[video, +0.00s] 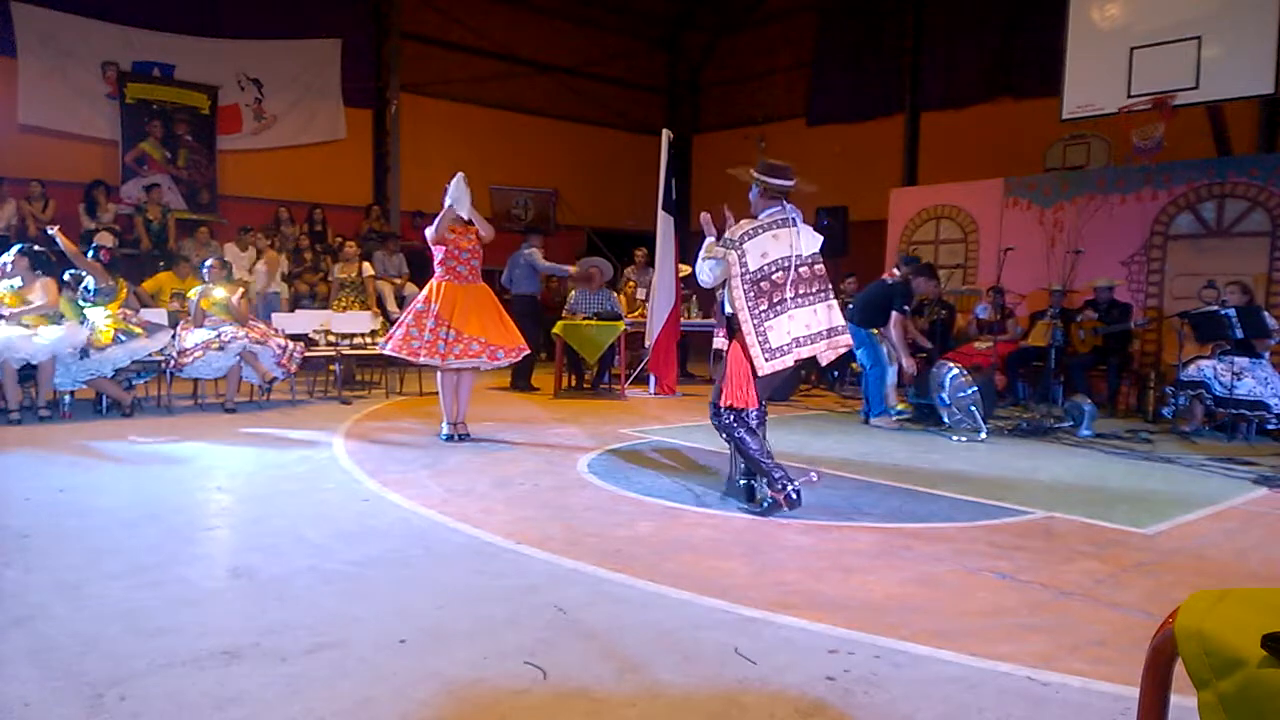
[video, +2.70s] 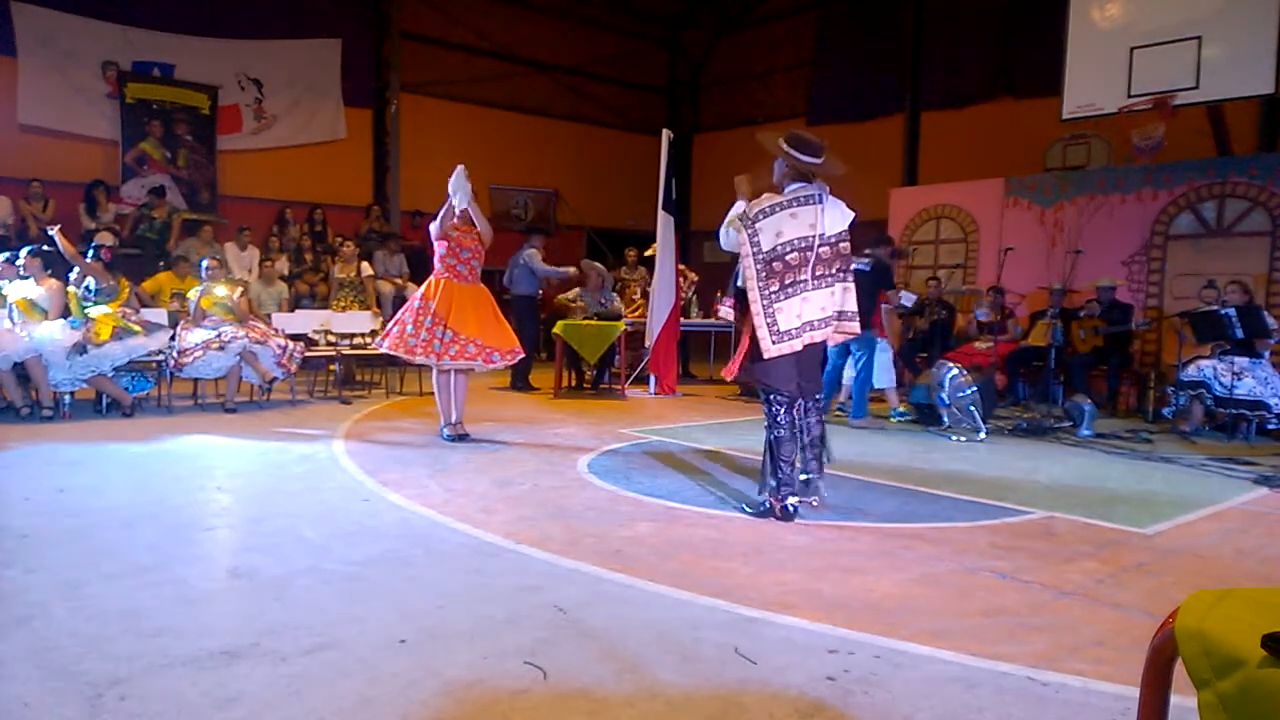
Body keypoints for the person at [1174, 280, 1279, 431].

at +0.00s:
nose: (1226, 297)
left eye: (1232, 293)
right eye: (1225, 293)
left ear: (1245, 298)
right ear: (1222, 296)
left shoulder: (1257, 315)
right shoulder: (1219, 315)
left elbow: (1265, 345)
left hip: (1253, 364)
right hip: (1223, 363)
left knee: (1246, 382)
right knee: (1198, 369)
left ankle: (1241, 426)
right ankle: (1196, 420)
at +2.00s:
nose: (1238, 296)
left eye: (1243, 293)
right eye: (1233, 293)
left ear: (1248, 297)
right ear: (1224, 296)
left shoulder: (1257, 315)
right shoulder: (1216, 315)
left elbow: (1265, 346)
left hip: (1253, 364)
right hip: (1222, 363)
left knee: (1248, 381)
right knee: (1199, 368)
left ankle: (1242, 426)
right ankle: (1195, 419)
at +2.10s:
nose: (1238, 296)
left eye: (1242, 293)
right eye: (1233, 292)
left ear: (1248, 297)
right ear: (1224, 296)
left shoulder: (1257, 315)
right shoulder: (1216, 315)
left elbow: (1265, 346)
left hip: (1253, 364)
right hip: (1221, 363)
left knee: (1249, 382)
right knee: (1198, 368)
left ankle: (1243, 426)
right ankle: (1195, 419)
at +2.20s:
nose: (1233, 297)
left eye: (1238, 293)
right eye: (1230, 293)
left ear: (1247, 297)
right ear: (1224, 296)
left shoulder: (1257, 315)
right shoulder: (1217, 314)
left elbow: (1264, 346)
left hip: (1253, 364)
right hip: (1222, 363)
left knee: (1248, 382)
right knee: (1198, 368)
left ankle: (1242, 426)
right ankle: (1195, 419)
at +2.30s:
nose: (1232, 297)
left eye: (1237, 293)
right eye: (1229, 293)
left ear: (1247, 297)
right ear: (1224, 296)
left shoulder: (1258, 314)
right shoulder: (1219, 315)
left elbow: (1264, 346)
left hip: (1253, 364)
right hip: (1222, 363)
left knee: (1248, 381)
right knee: (1198, 368)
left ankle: (1242, 426)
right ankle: (1195, 419)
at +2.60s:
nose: (1227, 296)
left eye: (1233, 292)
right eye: (1226, 293)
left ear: (1246, 297)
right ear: (1223, 296)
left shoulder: (1257, 315)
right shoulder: (1220, 316)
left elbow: (1264, 346)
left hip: (1253, 364)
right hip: (1224, 363)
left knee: (1247, 381)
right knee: (1199, 368)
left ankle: (1242, 426)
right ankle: (1196, 419)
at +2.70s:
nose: (1227, 296)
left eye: (1233, 292)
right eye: (1226, 293)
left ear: (1246, 297)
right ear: (1223, 296)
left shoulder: (1257, 314)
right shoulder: (1219, 315)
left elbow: (1264, 345)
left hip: (1253, 364)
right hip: (1223, 363)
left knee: (1247, 381)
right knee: (1198, 368)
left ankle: (1243, 426)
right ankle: (1195, 419)